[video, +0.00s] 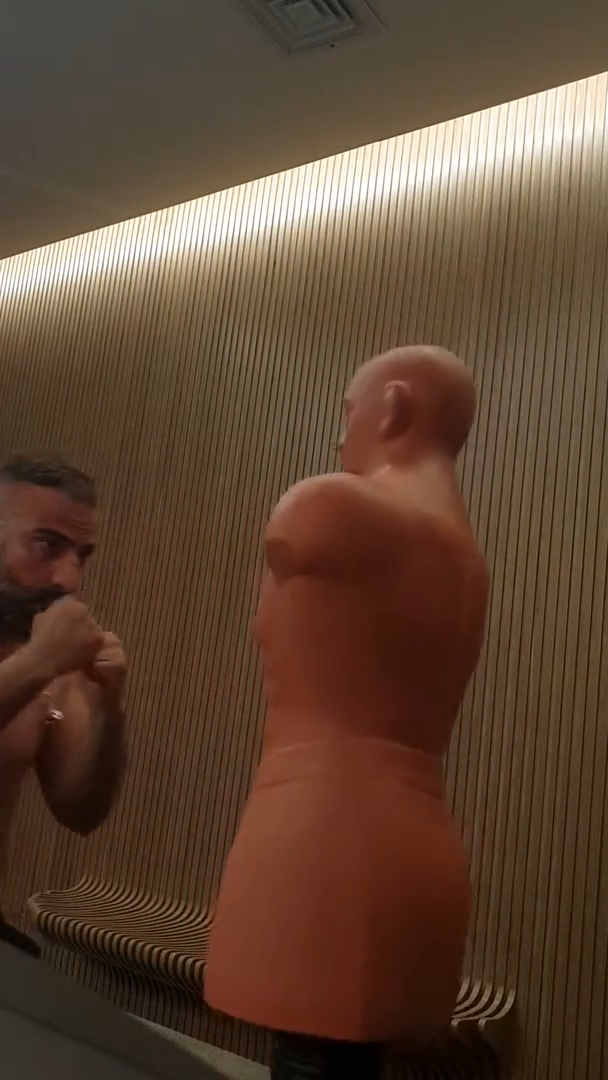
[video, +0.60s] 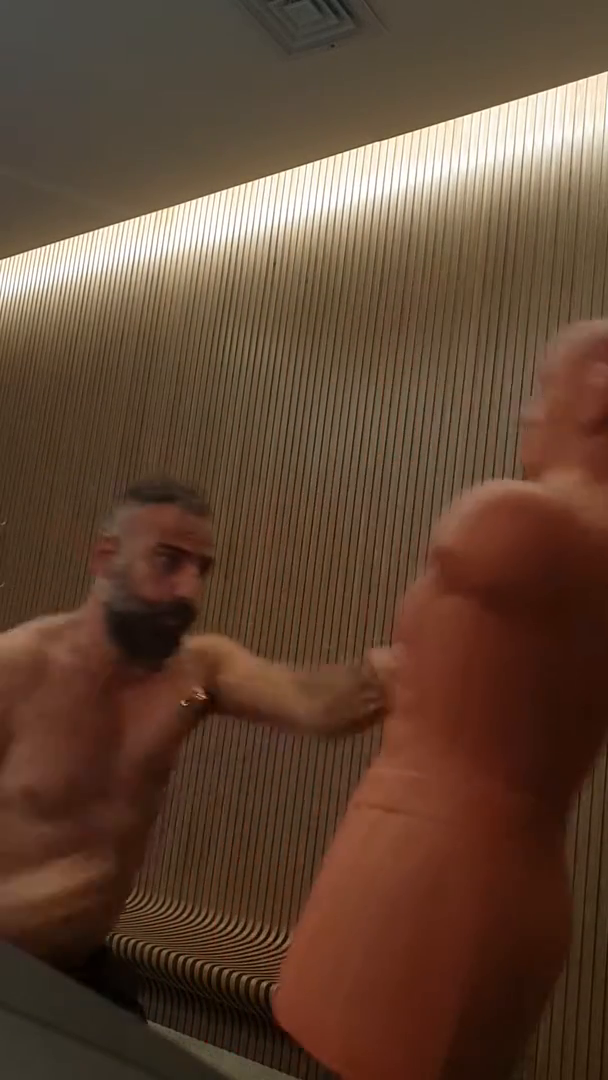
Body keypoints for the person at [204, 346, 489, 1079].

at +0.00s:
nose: (342, 432)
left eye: (350, 413)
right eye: (344, 415)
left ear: (393, 410)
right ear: (455, 433)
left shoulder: (339, 509)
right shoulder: (465, 552)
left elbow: (289, 533)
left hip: (323, 842)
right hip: (415, 834)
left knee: (310, 1063)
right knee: (374, 1063)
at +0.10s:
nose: (362, 418)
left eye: (373, 396)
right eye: (366, 397)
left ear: (416, 400)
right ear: (481, 428)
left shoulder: (345, 505)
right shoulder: (487, 553)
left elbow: (296, 537)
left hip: (329, 856)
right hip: (432, 850)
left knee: (310, 1062)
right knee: (388, 1063)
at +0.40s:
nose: (379, 368)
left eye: (393, 339)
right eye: (385, 342)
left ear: (448, 348)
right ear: (517, 370)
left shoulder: (351, 508)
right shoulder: (519, 530)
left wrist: (402, 461)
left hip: (331, 889)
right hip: (446, 872)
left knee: (278, 1065)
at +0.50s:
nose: (394, 385)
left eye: (403, 361)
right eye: (398, 360)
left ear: (439, 367)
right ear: (518, 377)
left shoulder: (395, 505)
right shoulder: (533, 528)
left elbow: (345, 527)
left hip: (356, 871)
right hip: (457, 860)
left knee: (300, 1063)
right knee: (404, 1065)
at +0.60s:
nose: (525, 415)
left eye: (541, 394)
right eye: (532, 394)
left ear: (593, 405)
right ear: (593, 408)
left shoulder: (515, 521)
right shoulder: (584, 536)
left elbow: (470, 544)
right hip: (517, 866)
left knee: (358, 1060)